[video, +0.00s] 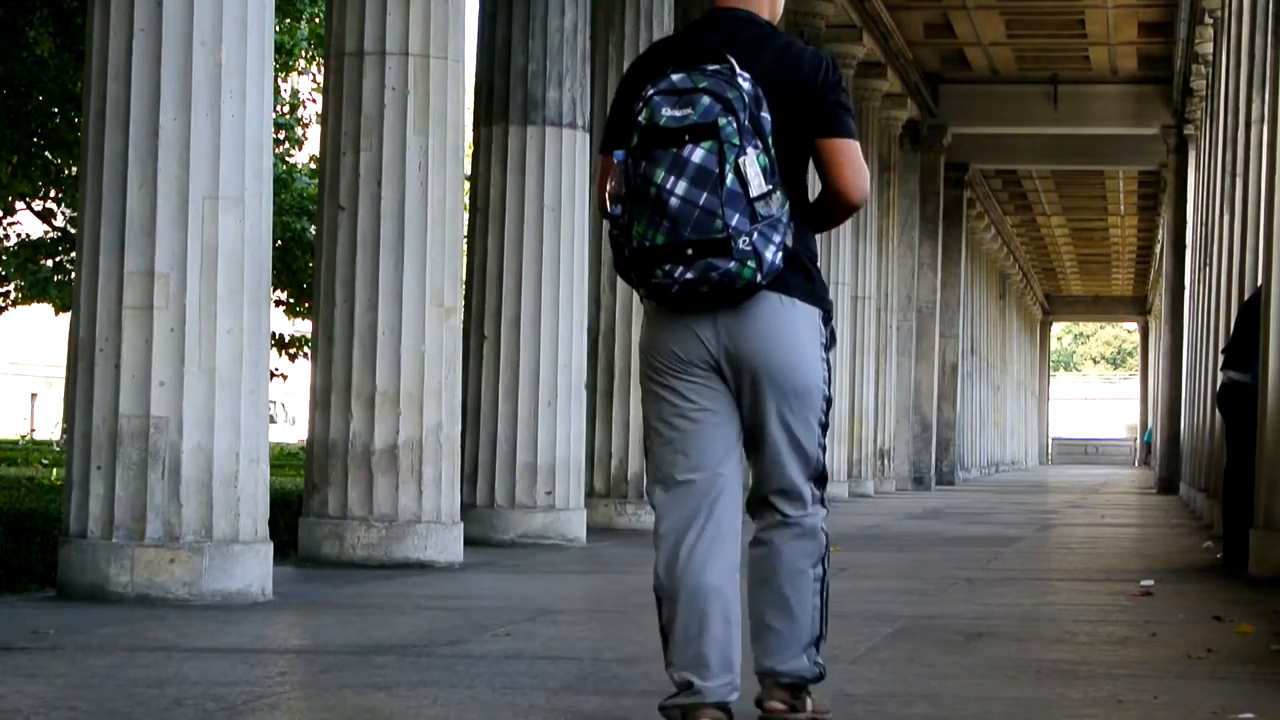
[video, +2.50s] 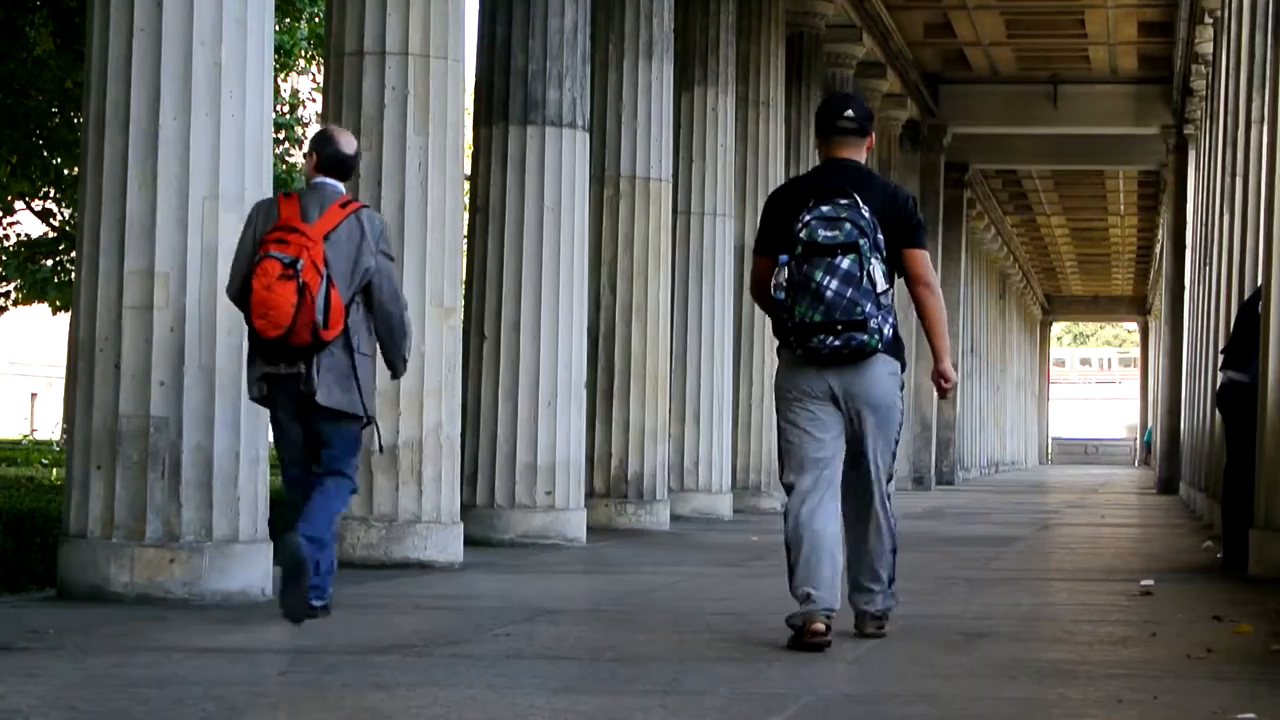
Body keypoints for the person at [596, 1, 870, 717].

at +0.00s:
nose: (783, 5)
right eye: (781, 1)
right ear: (773, 2)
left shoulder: (646, 66)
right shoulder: (804, 64)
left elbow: (609, 190)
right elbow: (853, 186)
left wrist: (673, 227)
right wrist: (803, 222)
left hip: (676, 314)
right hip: (778, 310)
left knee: (692, 498)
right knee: (788, 500)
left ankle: (703, 696)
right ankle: (786, 684)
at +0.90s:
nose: (817, 62)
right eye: (819, 52)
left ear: (752, 58)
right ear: (817, 57)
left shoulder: (712, 133)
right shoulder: (849, 134)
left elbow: (663, 237)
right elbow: (883, 247)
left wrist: (662, 324)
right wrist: (855, 308)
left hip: (734, 337)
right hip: (820, 337)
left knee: (745, 498)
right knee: (817, 492)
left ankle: (750, 656)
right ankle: (800, 611)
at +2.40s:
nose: (862, 136)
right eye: (864, 129)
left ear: (809, 130)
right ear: (861, 131)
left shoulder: (777, 190)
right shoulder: (885, 189)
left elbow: (753, 280)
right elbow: (917, 272)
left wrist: (787, 326)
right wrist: (940, 347)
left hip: (798, 357)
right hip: (870, 355)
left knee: (808, 480)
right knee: (873, 478)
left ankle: (814, 615)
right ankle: (878, 608)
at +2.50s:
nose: (868, 144)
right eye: (871, 137)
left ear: (818, 138)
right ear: (871, 139)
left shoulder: (785, 198)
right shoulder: (894, 200)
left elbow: (760, 285)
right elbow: (922, 282)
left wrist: (791, 328)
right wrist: (943, 356)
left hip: (802, 360)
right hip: (873, 360)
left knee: (809, 482)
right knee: (872, 482)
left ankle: (814, 609)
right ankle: (872, 605)